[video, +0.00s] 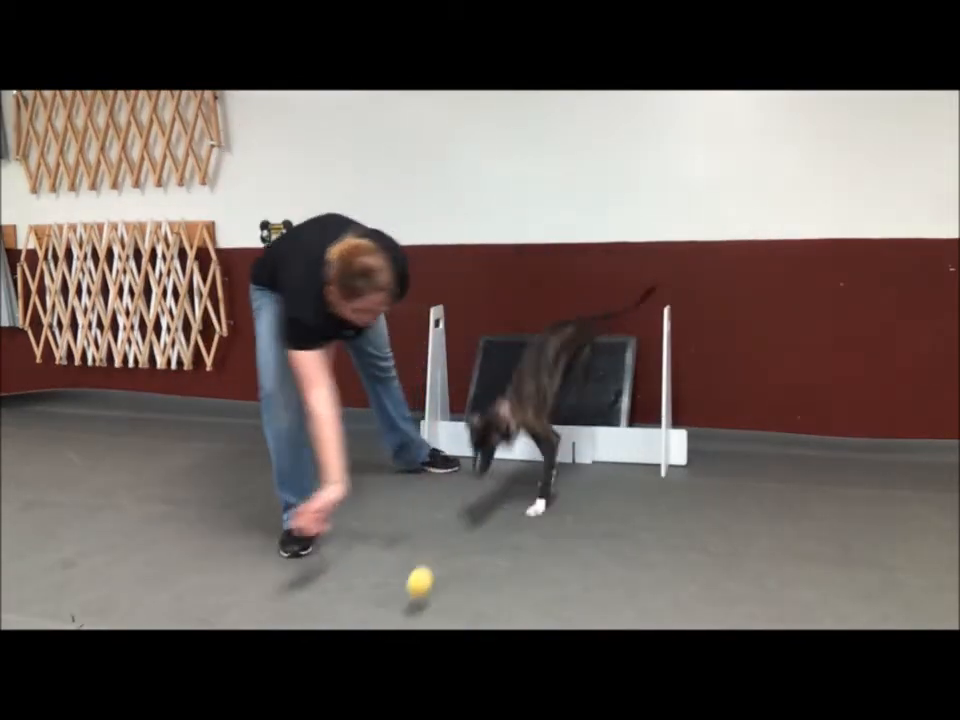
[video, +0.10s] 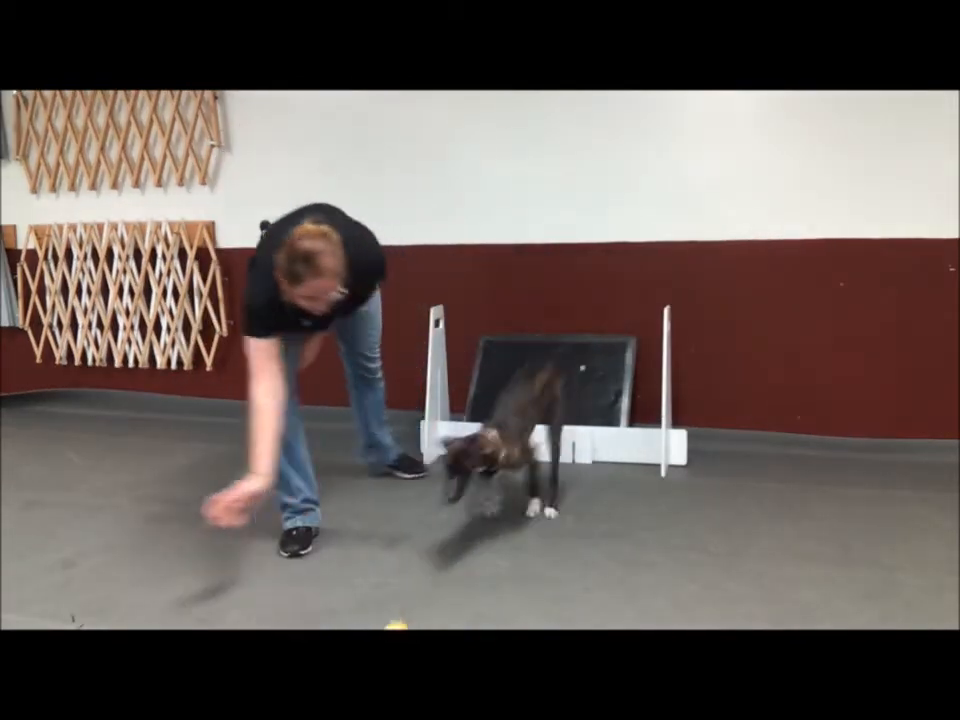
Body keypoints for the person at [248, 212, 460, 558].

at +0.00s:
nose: (371, 321)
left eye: (379, 311)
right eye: (361, 311)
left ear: (389, 293)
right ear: (333, 293)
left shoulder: (393, 269)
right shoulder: (303, 296)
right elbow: (318, 391)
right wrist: (335, 482)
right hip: (278, 286)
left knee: (381, 366)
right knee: (278, 394)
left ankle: (410, 450)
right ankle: (297, 512)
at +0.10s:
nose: (323, 306)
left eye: (331, 296)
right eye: (311, 299)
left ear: (341, 275)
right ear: (284, 284)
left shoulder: (366, 263)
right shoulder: (263, 288)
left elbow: (347, 304)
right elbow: (265, 383)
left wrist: (321, 335)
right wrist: (260, 474)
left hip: (352, 295)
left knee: (368, 369)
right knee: (278, 395)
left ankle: (381, 453)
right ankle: (299, 513)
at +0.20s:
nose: (283, 277)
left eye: (290, 266)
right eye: (271, 270)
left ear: (305, 250)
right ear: (250, 261)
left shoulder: (345, 239)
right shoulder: (234, 272)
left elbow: (360, 271)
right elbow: (224, 360)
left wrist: (321, 329)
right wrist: (200, 453)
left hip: (343, 281)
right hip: (276, 302)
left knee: (356, 365)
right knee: (274, 397)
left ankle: (354, 445)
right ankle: (299, 512)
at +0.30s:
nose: (256, 240)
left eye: (262, 227)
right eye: (243, 232)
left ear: (282, 208)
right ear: (227, 223)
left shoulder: (321, 205)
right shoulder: (217, 244)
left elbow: (357, 251)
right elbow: (198, 333)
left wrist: (322, 311)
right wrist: (164, 425)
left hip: (340, 273)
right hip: (271, 287)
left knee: (351, 367)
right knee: (276, 393)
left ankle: (349, 444)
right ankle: (301, 512)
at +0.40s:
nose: (241, 195)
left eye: (249, 181)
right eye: (229, 184)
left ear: (271, 171)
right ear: (213, 181)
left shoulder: (313, 179)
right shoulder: (209, 216)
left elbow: (354, 238)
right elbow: (182, 312)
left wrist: (318, 301)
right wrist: (148, 397)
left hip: (342, 264)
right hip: (270, 275)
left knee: (347, 371)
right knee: (281, 391)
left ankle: (351, 447)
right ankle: (301, 511)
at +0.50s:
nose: (234, 153)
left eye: (243, 139)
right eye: (222, 142)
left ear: (265, 134)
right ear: (208, 145)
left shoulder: (310, 159)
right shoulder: (204, 191)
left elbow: (347, 229)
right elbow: (181, 288)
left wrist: (313, 294)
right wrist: (149, 369)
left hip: (339, 264)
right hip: (269, 273)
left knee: (345, 376)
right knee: (282, 390)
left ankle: (339, 446)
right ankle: (302, 511)